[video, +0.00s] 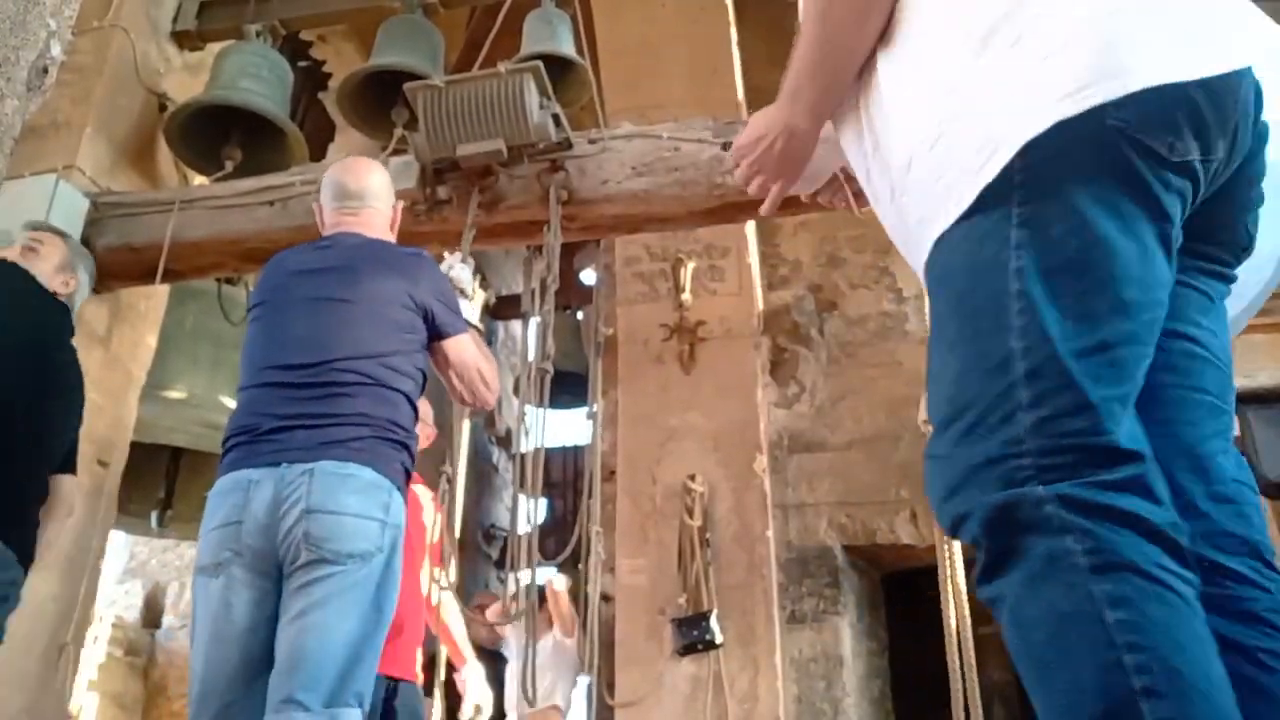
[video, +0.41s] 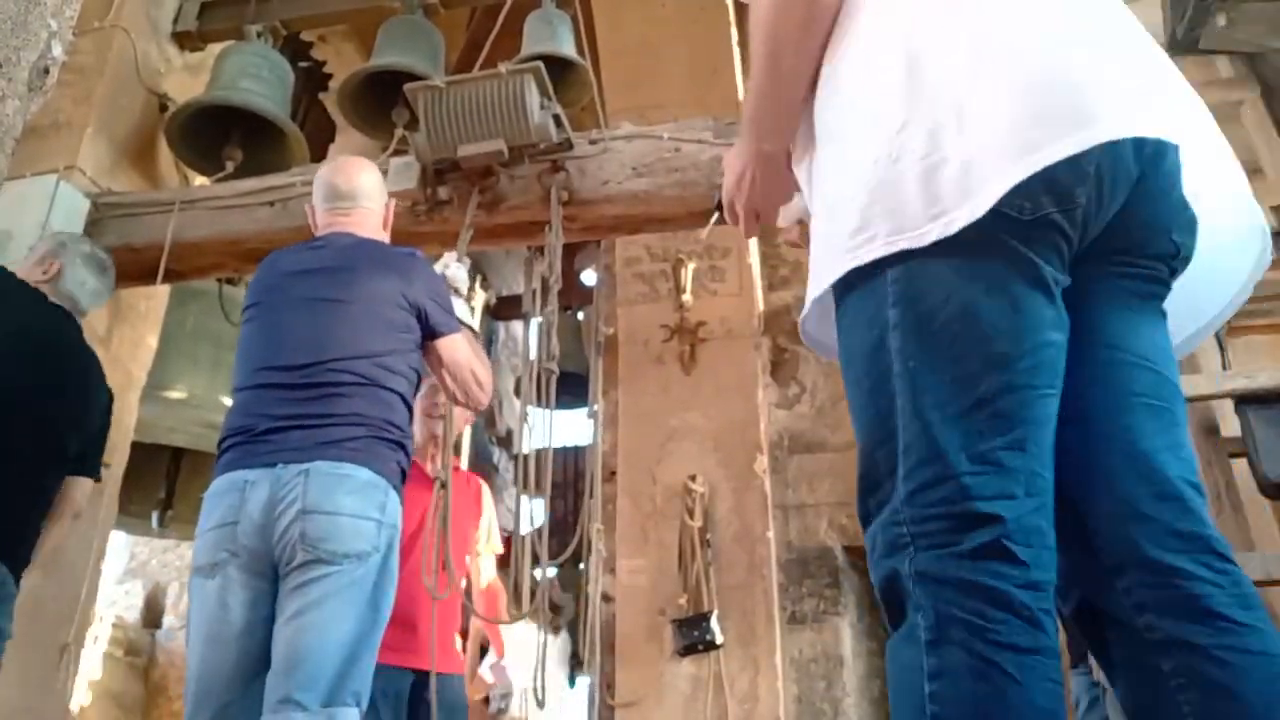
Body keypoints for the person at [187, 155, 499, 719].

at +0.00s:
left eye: (319, 211)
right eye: (399, 210)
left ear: (320, 217)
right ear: (396, 214)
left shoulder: (274, 271)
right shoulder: (415, 270)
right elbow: (482, 393)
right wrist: (441, 326)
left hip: (238, 488)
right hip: (351, 486)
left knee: (218, 707)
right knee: (311, 707)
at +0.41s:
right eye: (392, 209)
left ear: (313, 218)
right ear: (388, 213)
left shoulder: (267, 272)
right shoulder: (409, 270)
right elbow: (477, 391)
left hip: (234, 488)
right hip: (348, 487)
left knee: (215, 709)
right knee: (309, 707)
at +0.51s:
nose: (392, 214)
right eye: (392, 208)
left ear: (312, 217)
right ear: (387, 212)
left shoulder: (266, 271)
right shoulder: (407, 269)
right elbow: (474, 386)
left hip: (232, 489)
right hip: (346, 488)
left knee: (214, 709)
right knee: (308, 708)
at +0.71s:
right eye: (390, 208)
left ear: (310, 218)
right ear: (385, 211)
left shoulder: (265, 270)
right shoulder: (405, 266)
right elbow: (471, 386)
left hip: (230, 489)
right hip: (344, 486)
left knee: (213, 709)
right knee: (308, 707)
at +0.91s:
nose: (391, 215)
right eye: (391, 207)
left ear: (311, 216)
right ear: (385, 209)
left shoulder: (264, 270)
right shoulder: (406, 265)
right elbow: (473, 386)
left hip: (231, 488)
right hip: (345, 485)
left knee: (214, 709)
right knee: (309, 707)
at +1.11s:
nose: (397, 214)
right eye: (398, 208)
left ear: (316, 214)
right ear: (391, 210)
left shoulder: (266, 268)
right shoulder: (407, 264)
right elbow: (473, 386)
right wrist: (414, 329)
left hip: (231, 489)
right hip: (345, 486)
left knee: (215, 709)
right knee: (310, 707)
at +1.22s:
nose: (400, 217)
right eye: (401, 210)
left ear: (319, 214)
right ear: (395, 212)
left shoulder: (267, 268)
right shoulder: (411, 266)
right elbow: (476, 387)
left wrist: (429, 349)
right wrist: (424, 328)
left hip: (232, 488)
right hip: (347, 485)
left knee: (216, 709)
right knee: (310, 707)